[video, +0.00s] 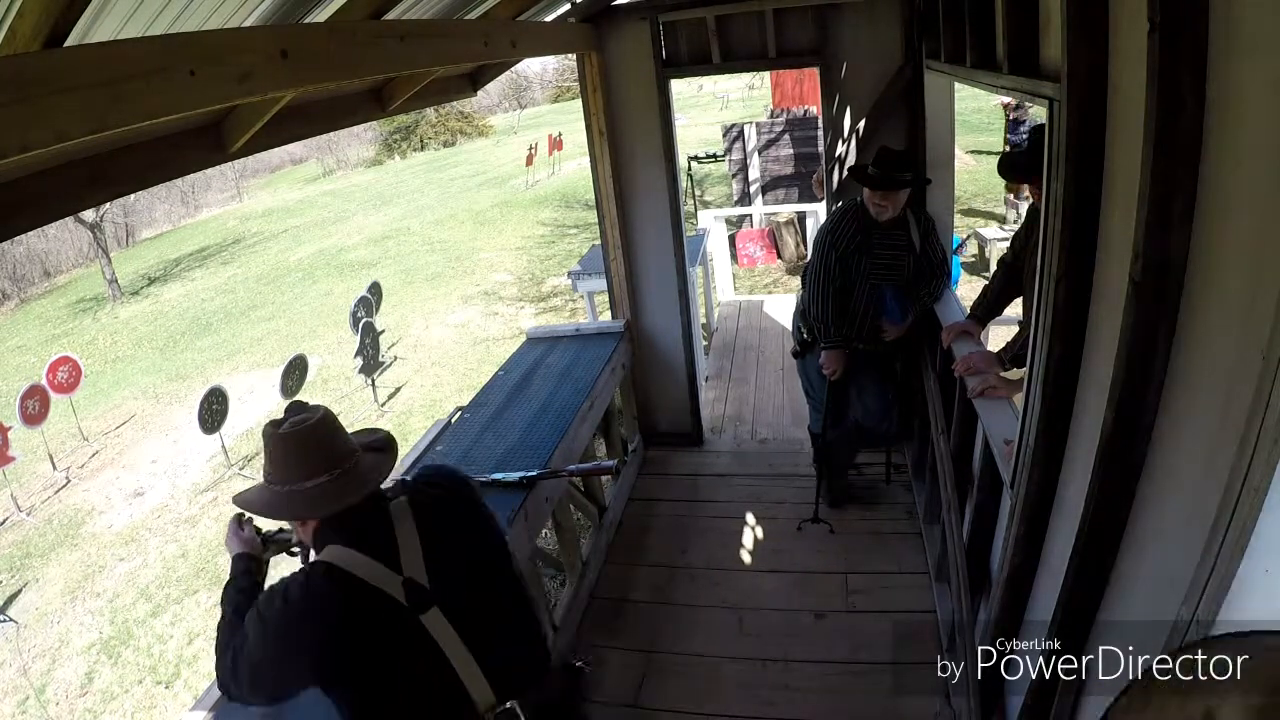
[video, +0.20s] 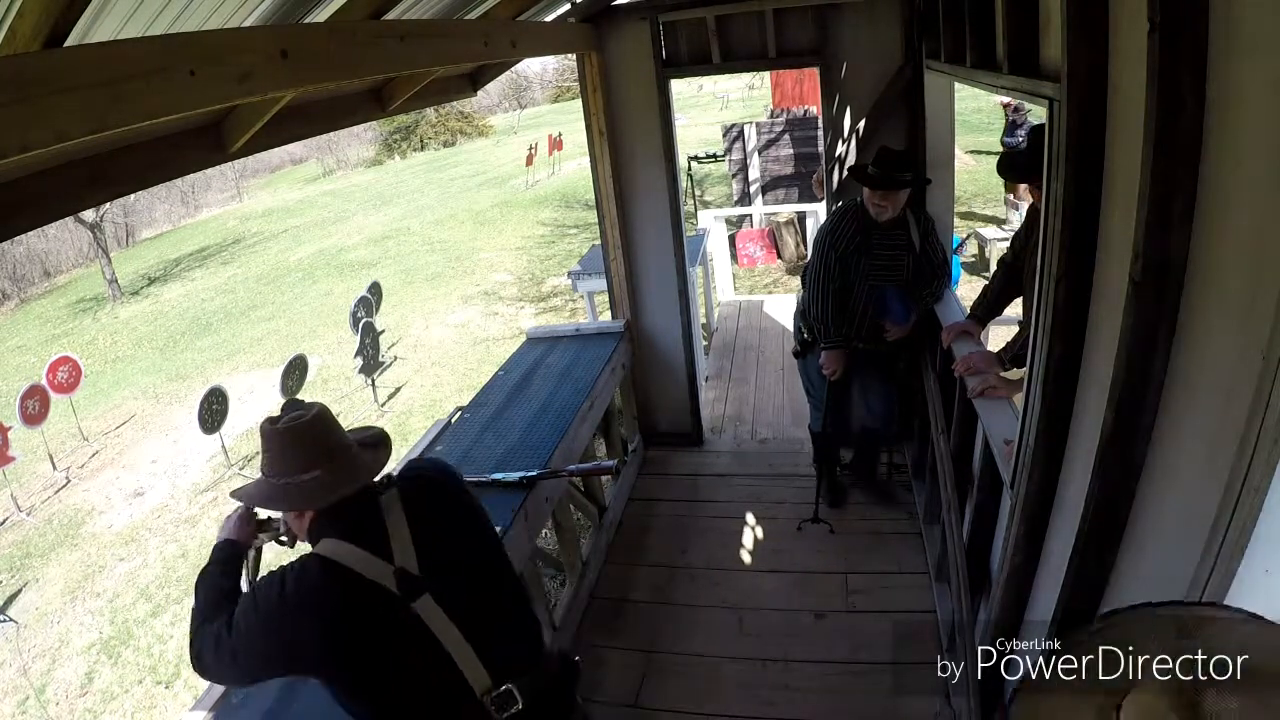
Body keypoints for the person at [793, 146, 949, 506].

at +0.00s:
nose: (880, 198)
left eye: (891, 190)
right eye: (873, 188)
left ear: (908, 192)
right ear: (863, 186)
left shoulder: (919, 225)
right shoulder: (842, 225)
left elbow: (937, 275)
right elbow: (820, 285)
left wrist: (907, 317)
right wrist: (830, 344)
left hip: (876, 337)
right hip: (825, 338)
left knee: (874, 410)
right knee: (830, 413)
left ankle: (843, 467)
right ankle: (832, 484)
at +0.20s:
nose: (879, 197)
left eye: (890, 190)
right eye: (872, 188)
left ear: (908, 192)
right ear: (862, 186)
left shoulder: (920, 226)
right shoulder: (842, 224)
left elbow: (938, 276)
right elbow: (820, 283)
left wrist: (911, 317)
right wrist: (831, 343)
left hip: (880, 337)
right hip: (828, 336)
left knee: (882, 403)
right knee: (830, 408)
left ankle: (865, 469)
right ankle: (828, 476)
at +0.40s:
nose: (880, 198)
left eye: (891, 190)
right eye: (873, 188)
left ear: (908, 191)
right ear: (863, 186)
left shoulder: (920, 226)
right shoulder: (842, 224)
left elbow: (938, 276)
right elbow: (820, 284)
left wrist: (915, 316)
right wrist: (830, 344)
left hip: (884, 338)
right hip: (833, 336)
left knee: (882, 402)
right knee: (830, 409)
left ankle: (866, 460)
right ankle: (828, 474)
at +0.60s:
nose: (877, 200)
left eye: (888, 193)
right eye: (870, 190)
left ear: (906, 194)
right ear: (860, 187)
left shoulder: (919, 227)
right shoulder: (840, 226)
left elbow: (939, 277)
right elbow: (818, 286)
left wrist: (915, 317)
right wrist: (826, 343)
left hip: (885, 341)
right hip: (835, 339)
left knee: (877, 406)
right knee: (831, 411)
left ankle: (864, 460)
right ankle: (827, 474)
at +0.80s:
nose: (867, 192)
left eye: (877, 185)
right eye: (861, 183)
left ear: (897, 186)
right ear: (851, 181)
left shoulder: (912, 224)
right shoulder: (831, 224)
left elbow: (935, 276)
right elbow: (811, 283)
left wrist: (913, 316)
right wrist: (817, 338)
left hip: (884, 338)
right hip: (835, 336)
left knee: (877, 406)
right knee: (830, 411)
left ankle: (865, 461)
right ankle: (827, 473)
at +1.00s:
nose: (852, 182)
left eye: (863, 174)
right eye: (847, 172)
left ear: (885, 174)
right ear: (840, 171)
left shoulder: (906, 216)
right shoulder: (824, 215)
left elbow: (934, 270)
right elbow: (801, 270)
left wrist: (912, 318)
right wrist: (801, 324)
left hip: (882, 334)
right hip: (832, 331)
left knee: (873, 404)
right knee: (830, 405)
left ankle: (865, 460)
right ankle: (826, 472)